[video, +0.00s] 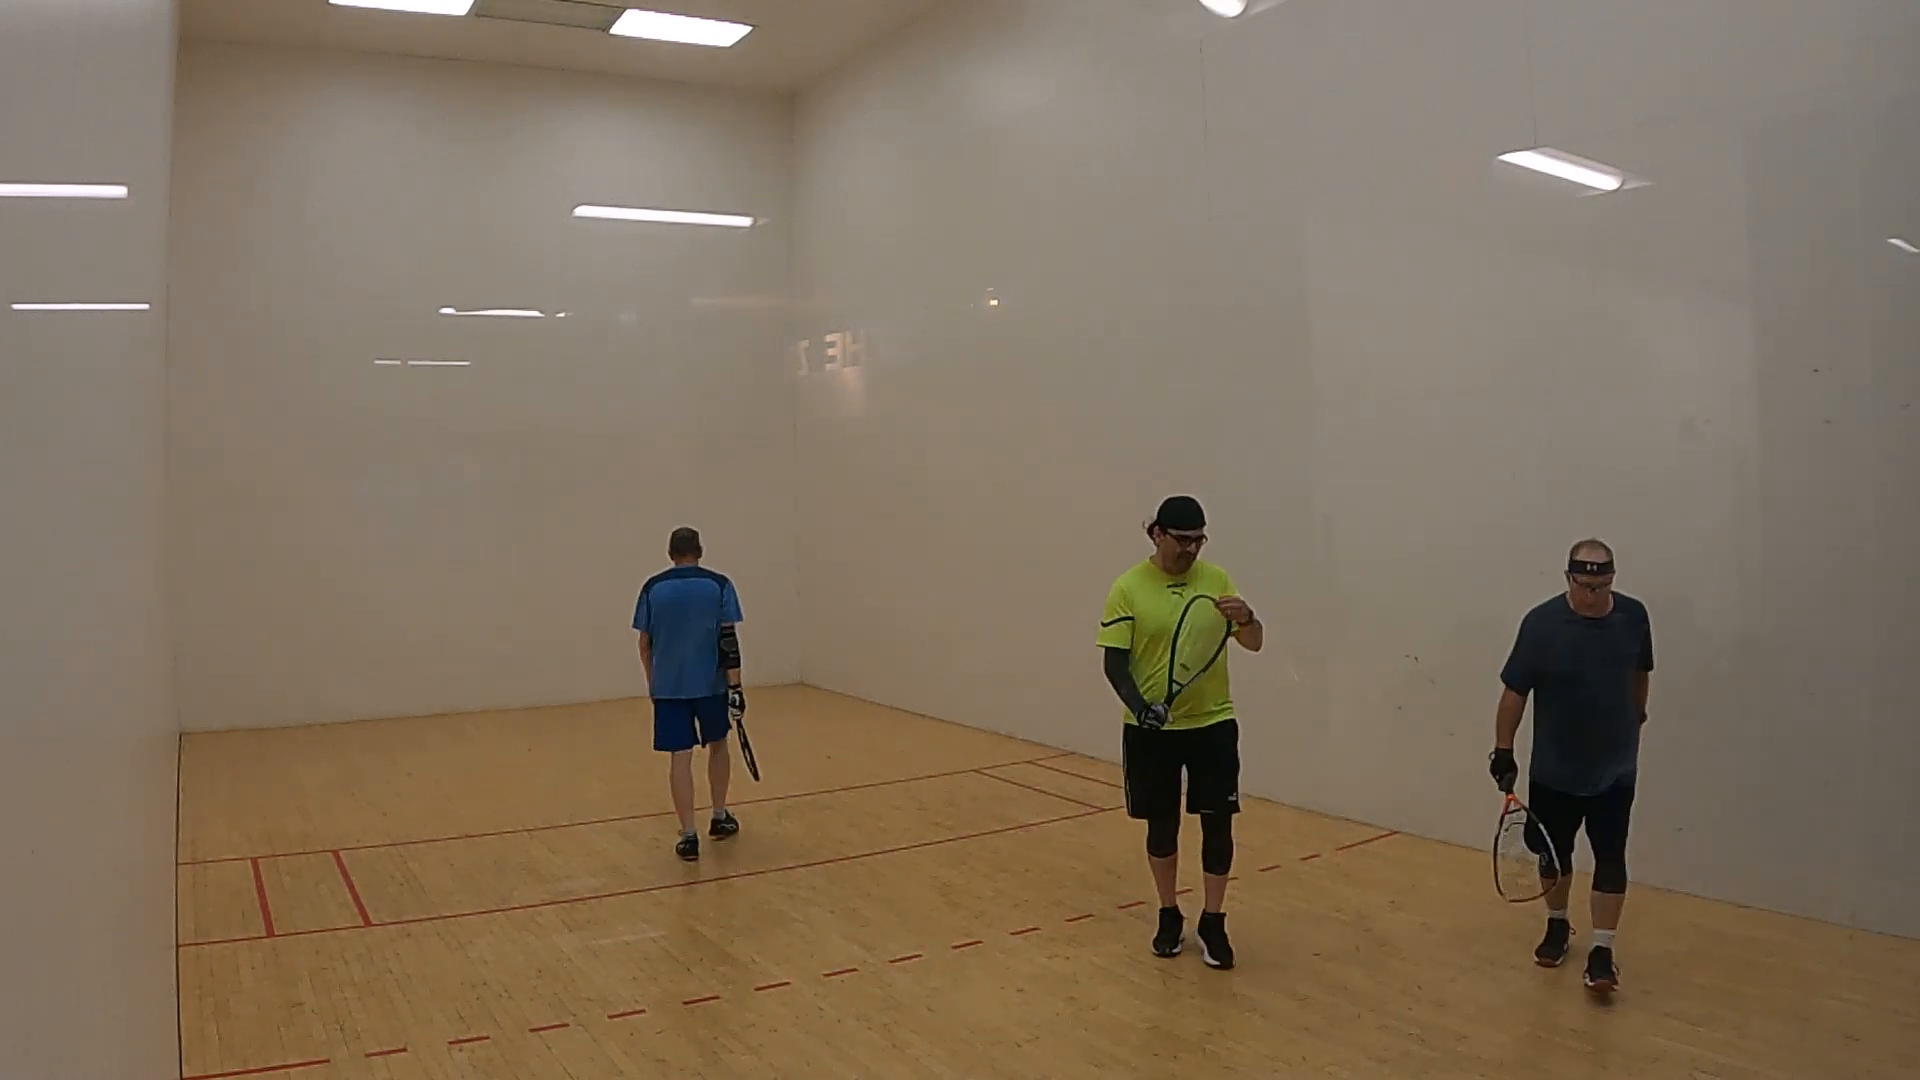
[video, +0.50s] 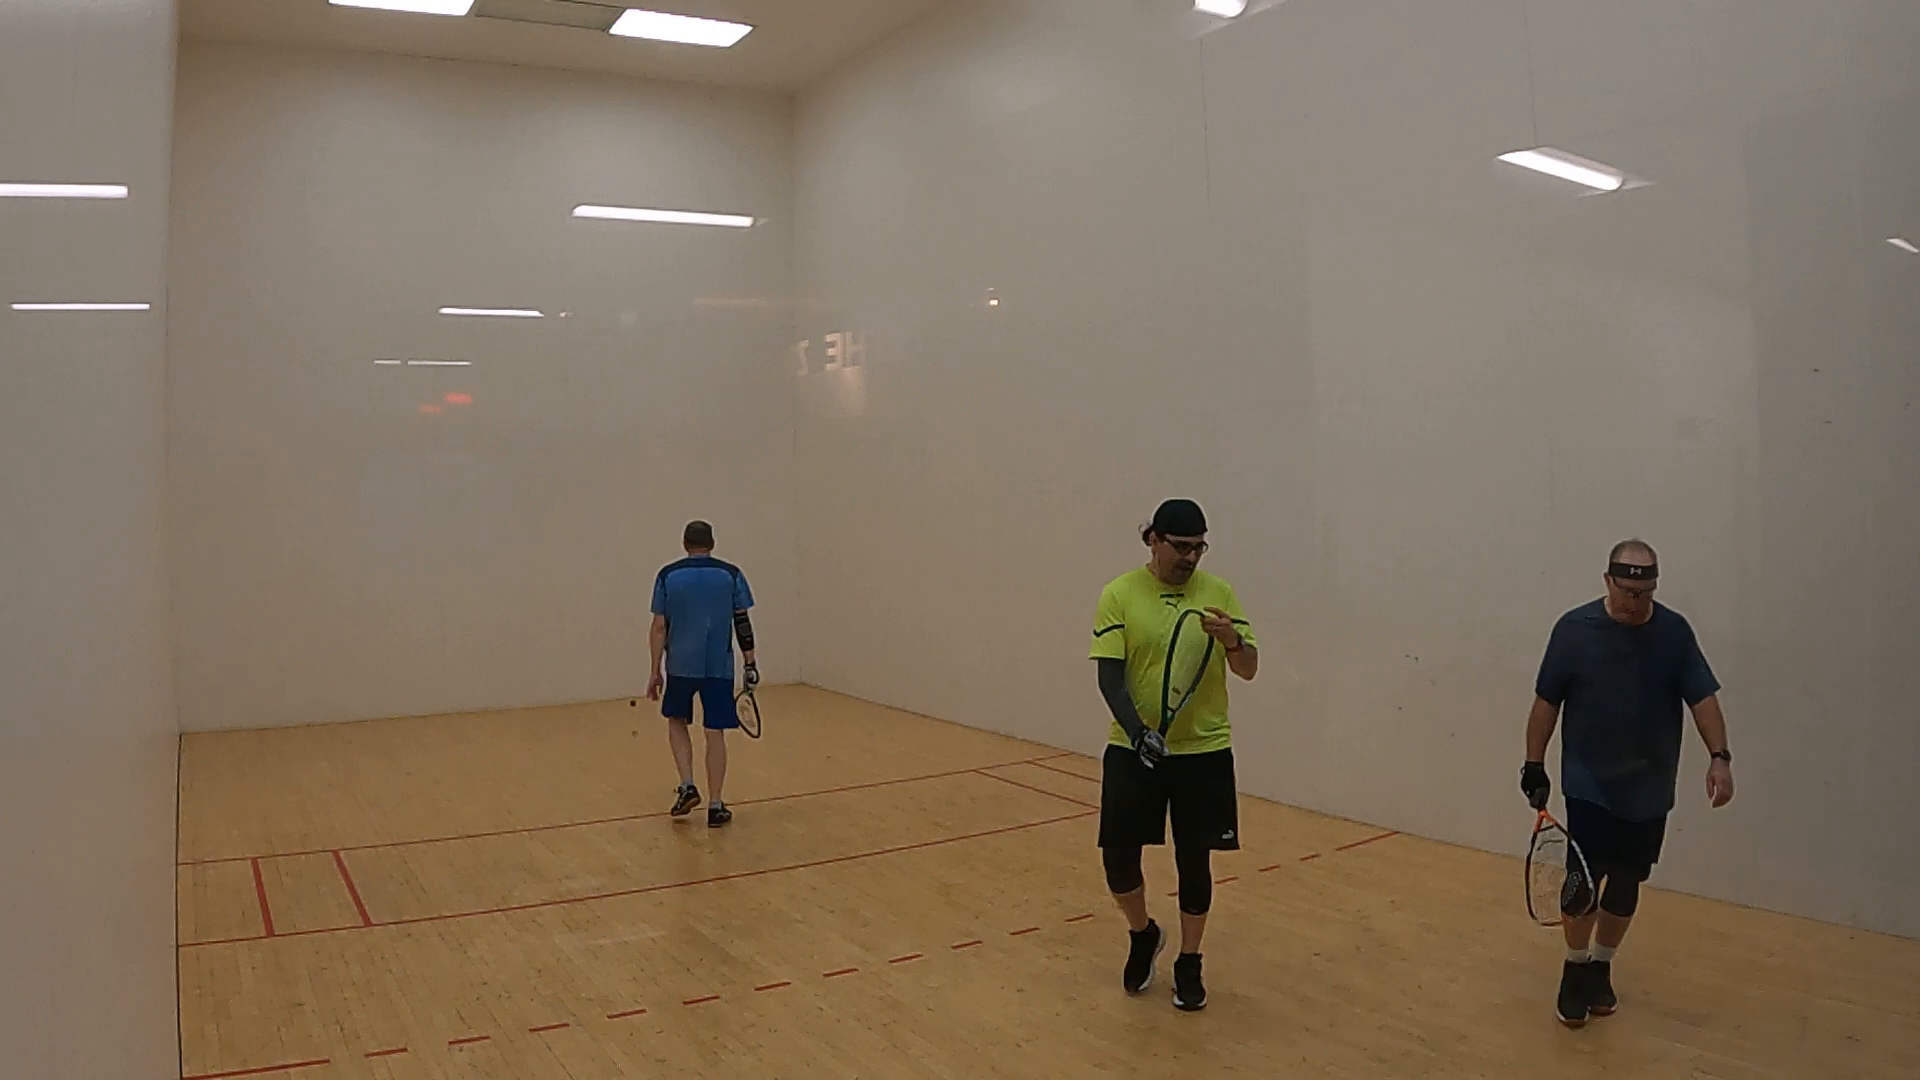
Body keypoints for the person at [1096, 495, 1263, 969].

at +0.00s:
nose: (1190, 548)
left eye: (1198, 540)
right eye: (1181, 539)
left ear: (1203, 539)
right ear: (1156, 535)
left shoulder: (1215, 581)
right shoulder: (1128, 590)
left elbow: (1253, 643)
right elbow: (1114, 663)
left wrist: (1245, 618)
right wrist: (1140, 706)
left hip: (1213, 724)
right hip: (1153, 729)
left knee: (1218, 824)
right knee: (1162, 826)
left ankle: (1213, 920)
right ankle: (1169, 915)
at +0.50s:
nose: (1190, 556)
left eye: (1198, 547)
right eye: (1180, 546)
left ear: (1205, 547)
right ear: (1153, 542)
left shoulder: (1218, 594)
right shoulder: (1119, 596)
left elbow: (1247, 670)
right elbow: (1109, 677)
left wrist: (1230, 640)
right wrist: (1137, 728)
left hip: (1201, 752)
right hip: (1134, 750)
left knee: (1194, 859)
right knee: (1118, 856)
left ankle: (1189, 962)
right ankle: (1142, 935)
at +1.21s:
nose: (1155, 568)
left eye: (1158, 558)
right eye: (1146, 558)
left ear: (1134, 559)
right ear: (1109, 557)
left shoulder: (1165, 615)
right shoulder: (1058, 615)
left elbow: (1175, 701)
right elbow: (1061, 714)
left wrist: (1197, 668)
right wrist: (1131, 762)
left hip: (1155, 795)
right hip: (1080, 795)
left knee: (1152, 917)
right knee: (1086, 912)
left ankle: (1147, 1044)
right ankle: (1089, 1010)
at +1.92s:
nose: (1131, 578)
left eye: (1145, 566)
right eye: (1116, 565)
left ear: (1167, 573)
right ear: (1095, 569)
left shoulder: (1194, 643)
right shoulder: (1057, 641)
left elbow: (1222, 746)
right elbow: (1035, 750)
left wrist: (1210, 725)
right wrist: (1077, 831)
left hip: (1162, 854)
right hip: (1075, 853)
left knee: (1146, 986)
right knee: (1091, 997)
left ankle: (1131, 1072)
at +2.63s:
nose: (1098, 586)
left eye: (1117, 572)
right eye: (1092, 571)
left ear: (1167, 580)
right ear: (1084, 574)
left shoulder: (1217, 674)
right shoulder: (1052, 662)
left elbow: (1251, 796)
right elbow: (1016, 781)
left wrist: (1200, 786)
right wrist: (1018, 886)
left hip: (1170, 930)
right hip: (1060, 923)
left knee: (1182, 1071)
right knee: (1050, 1069)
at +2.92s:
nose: (1045, 585)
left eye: (1056, 569)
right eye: (1049, 569)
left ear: (1098, 580)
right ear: (1094, 581)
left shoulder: (1184, 681)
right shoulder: (1052, 669)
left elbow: (1224, 824)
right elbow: (1024, 798)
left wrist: (1109, 793)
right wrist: (987, 891)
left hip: (1136, 962)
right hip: (1038, 946)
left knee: (1130, 1073)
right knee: (1021, 1072)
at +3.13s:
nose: (1015, 588)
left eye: (1017, 572)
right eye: (1016, 572)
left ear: (1044, 579)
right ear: (1059, 580)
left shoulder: (1131, 680)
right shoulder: (1052, 675)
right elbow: (1044, 821)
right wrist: (971, 892)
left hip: (1089, 968)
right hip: (1029, 950)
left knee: (1072, 1074)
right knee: (1005, 1068)